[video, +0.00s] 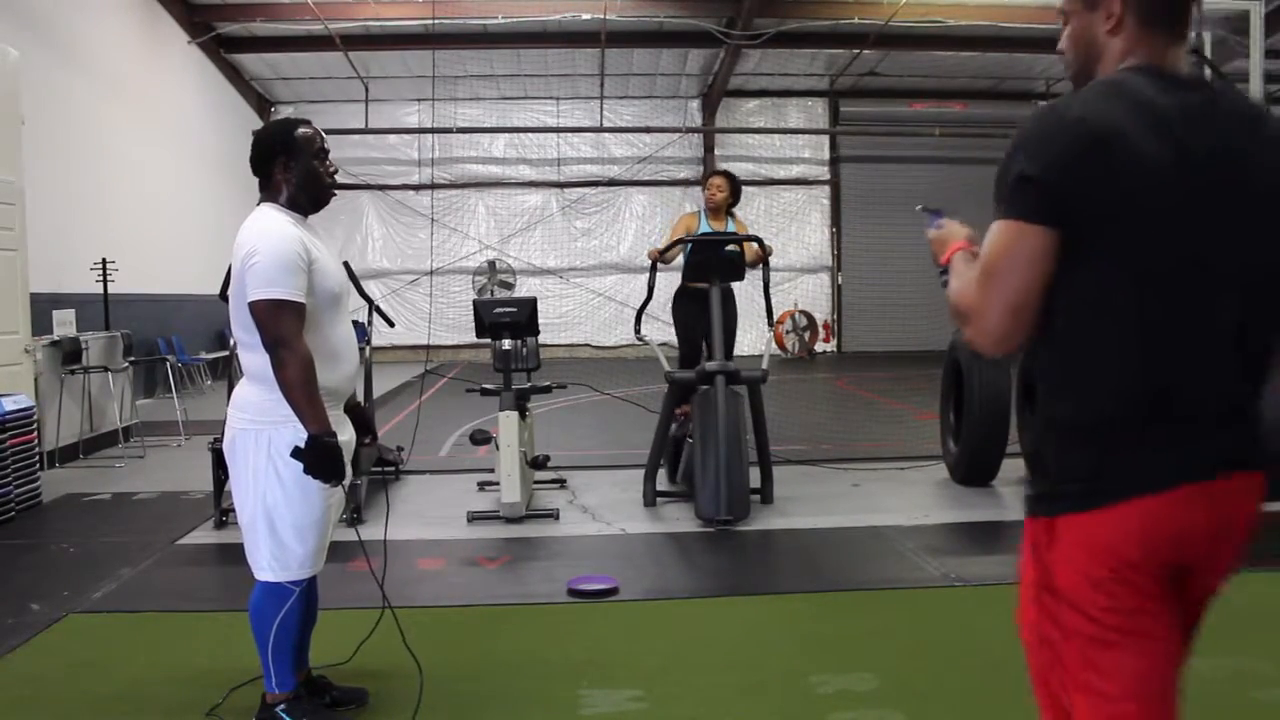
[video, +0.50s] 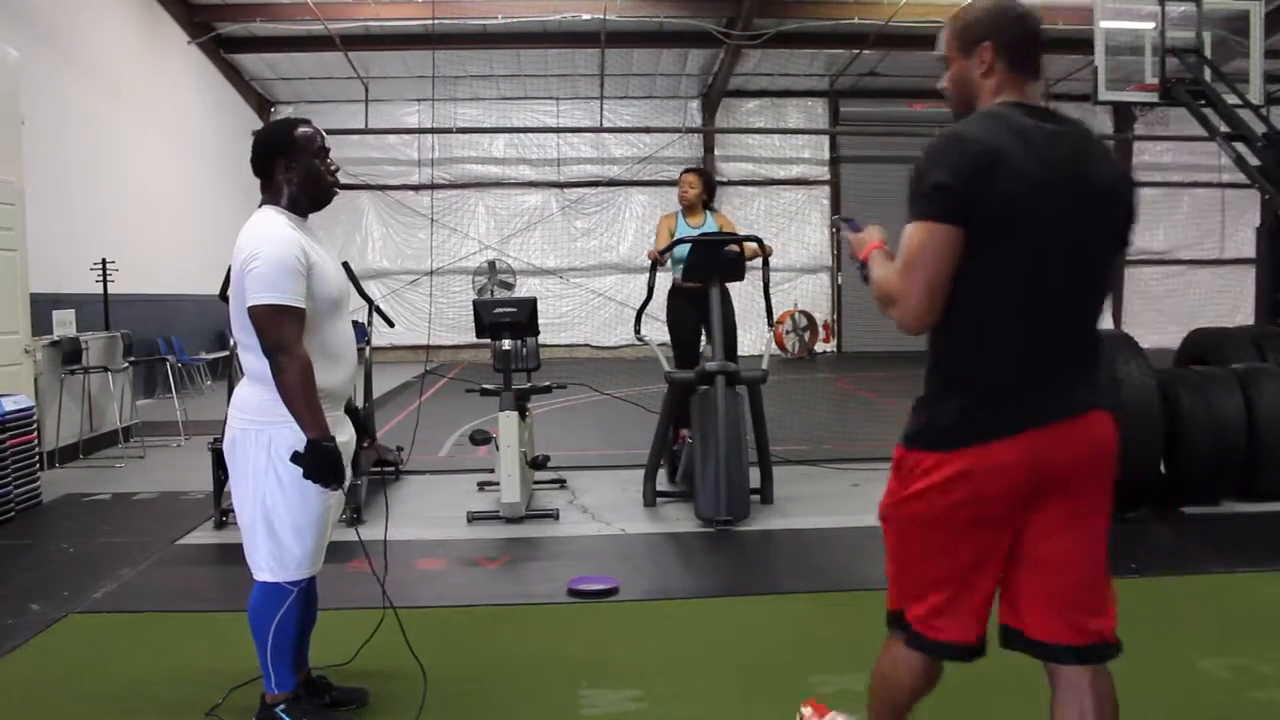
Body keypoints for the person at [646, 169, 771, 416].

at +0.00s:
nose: (712, 193)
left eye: (719, 189)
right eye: (708, 188)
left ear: (730, 197)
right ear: (703, 192)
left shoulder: (737, 225)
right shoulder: (690, 221)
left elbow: (748, 259)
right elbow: (670, 256)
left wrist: (760, 254)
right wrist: (659, 254)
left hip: (723, 297)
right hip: (691, 297)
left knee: (723, 356)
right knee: (690, 354)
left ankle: (720, 409)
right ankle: (683, 408)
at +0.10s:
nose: (710, 196)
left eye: (717, 192)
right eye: (707, 191)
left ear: (729, 199)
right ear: (702, 195)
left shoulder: (737, 228)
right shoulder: (689, 223)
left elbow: (747, 262)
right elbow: (671, 257)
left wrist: (759, 255)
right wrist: (659, 256)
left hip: (722, 298)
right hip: (690, 298)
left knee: (720, 355)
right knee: (693, 347)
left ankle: (718, 407)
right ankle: (686, 402)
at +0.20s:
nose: (704, 192)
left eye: (712, 189)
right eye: (702, 187)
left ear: (724, 196)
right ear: (698, 189)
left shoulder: (732, 223)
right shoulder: (684, 220)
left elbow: (743, 259)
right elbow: (669, 256)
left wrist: (758, 253)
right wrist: (659, 256)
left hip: (721, 296)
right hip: (689, 296)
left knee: (719, 356)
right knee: (691, 353)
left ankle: (718, 412)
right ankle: (684, 408)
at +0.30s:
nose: (694, 185)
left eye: (702, 182)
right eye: (693, 180)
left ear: (716, 188)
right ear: (688, 183)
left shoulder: (728, 217)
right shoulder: (678, 215)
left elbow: (742, 254)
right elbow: (667, 251)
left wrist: (759, 252)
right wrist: (658, 254)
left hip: (719, 292)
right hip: (686, 293)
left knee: (719, 357)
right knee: (690, 357)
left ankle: (720, 418)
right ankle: (684, 418)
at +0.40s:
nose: (687, 186)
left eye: (695, 181)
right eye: (685, 180)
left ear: (709, 187)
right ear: (681, 184)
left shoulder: (723, 216)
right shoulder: (673, 215)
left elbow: (740, 249)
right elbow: (665, 244)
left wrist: (757, 250)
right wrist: (657, 252)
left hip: (717, 292)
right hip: (684, 293)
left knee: (723, 355)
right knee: (688, 357)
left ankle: (722, 418)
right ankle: (684, 422)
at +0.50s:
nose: (684, 191)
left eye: (691, 187)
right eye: (681, 186)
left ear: (705, 193)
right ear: (677, 190)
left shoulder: (719, 220)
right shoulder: (668, 221)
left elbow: (740, 249)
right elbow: (664, 250)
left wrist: (758, 250)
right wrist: (657, 255)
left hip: (716, 296)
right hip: (683, 298)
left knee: (727, 358)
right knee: (686, 364)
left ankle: (728, 422)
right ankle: (683, 427)